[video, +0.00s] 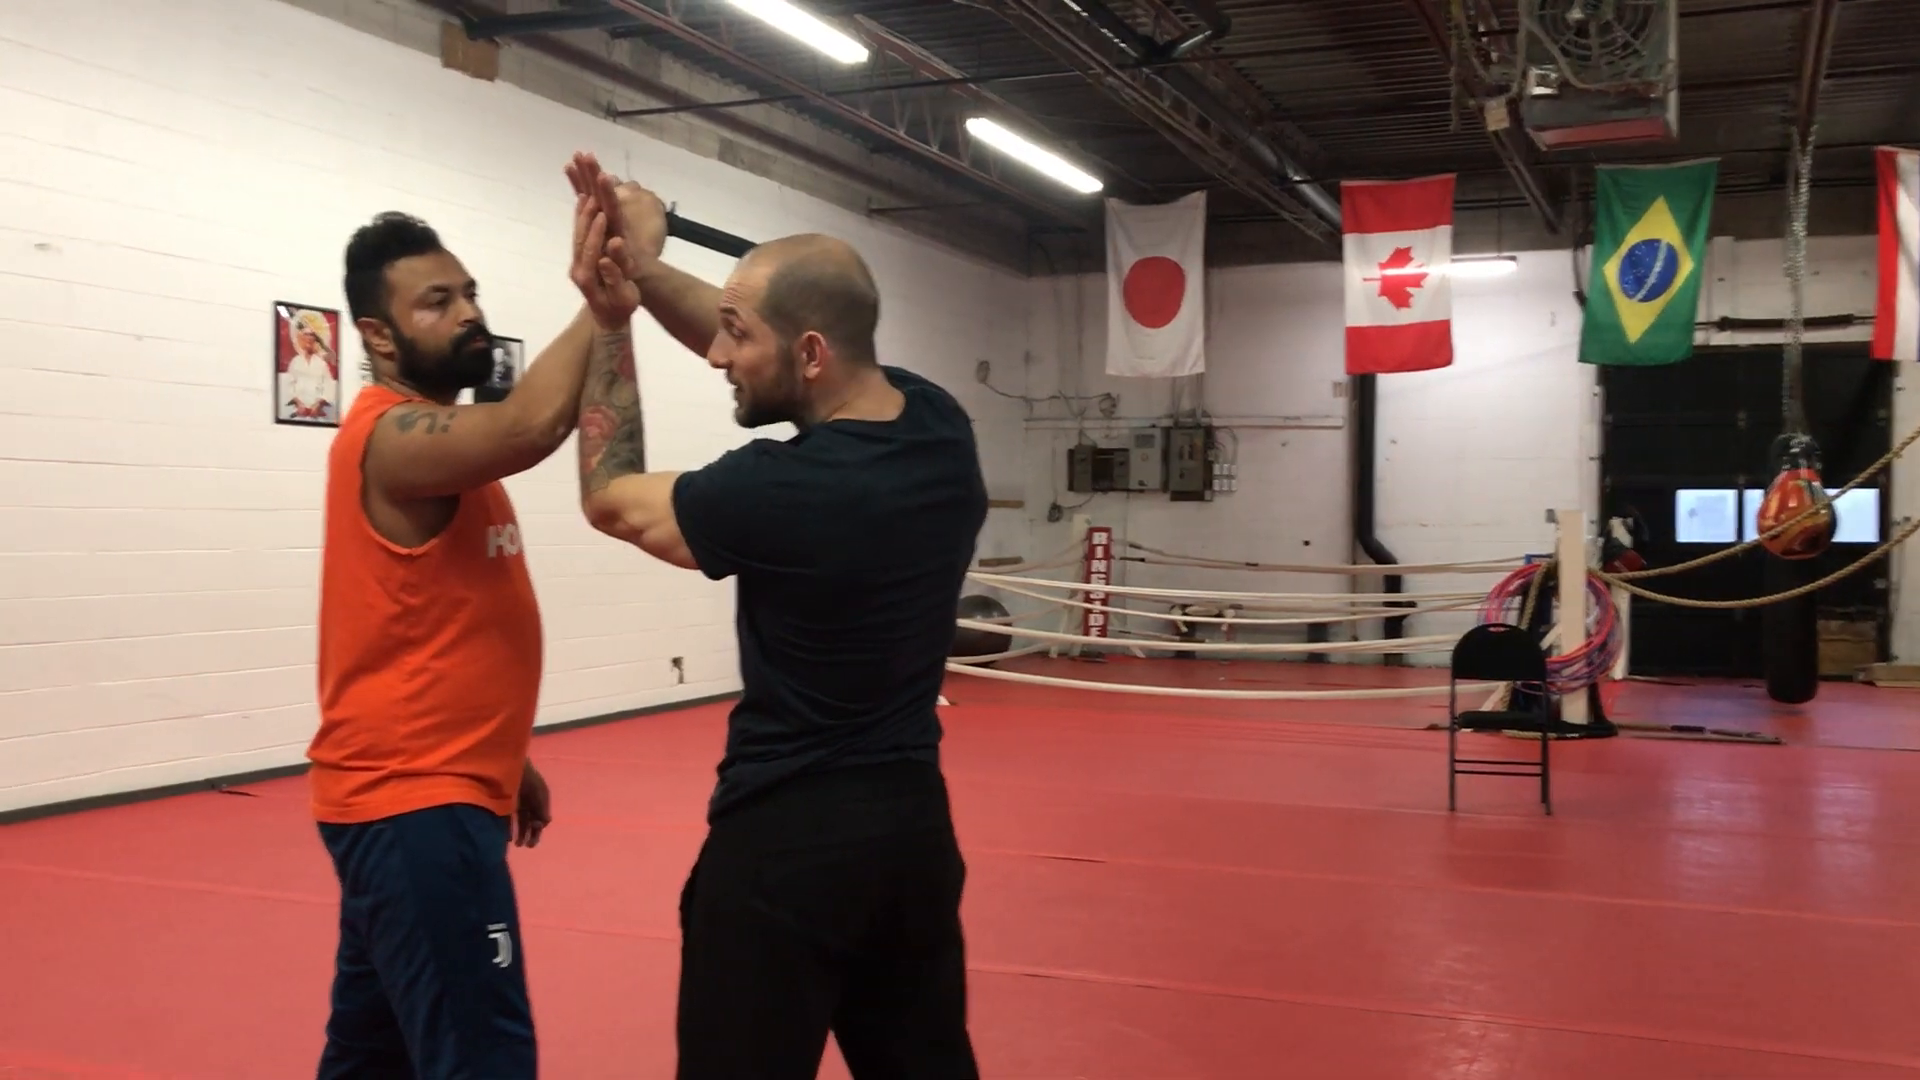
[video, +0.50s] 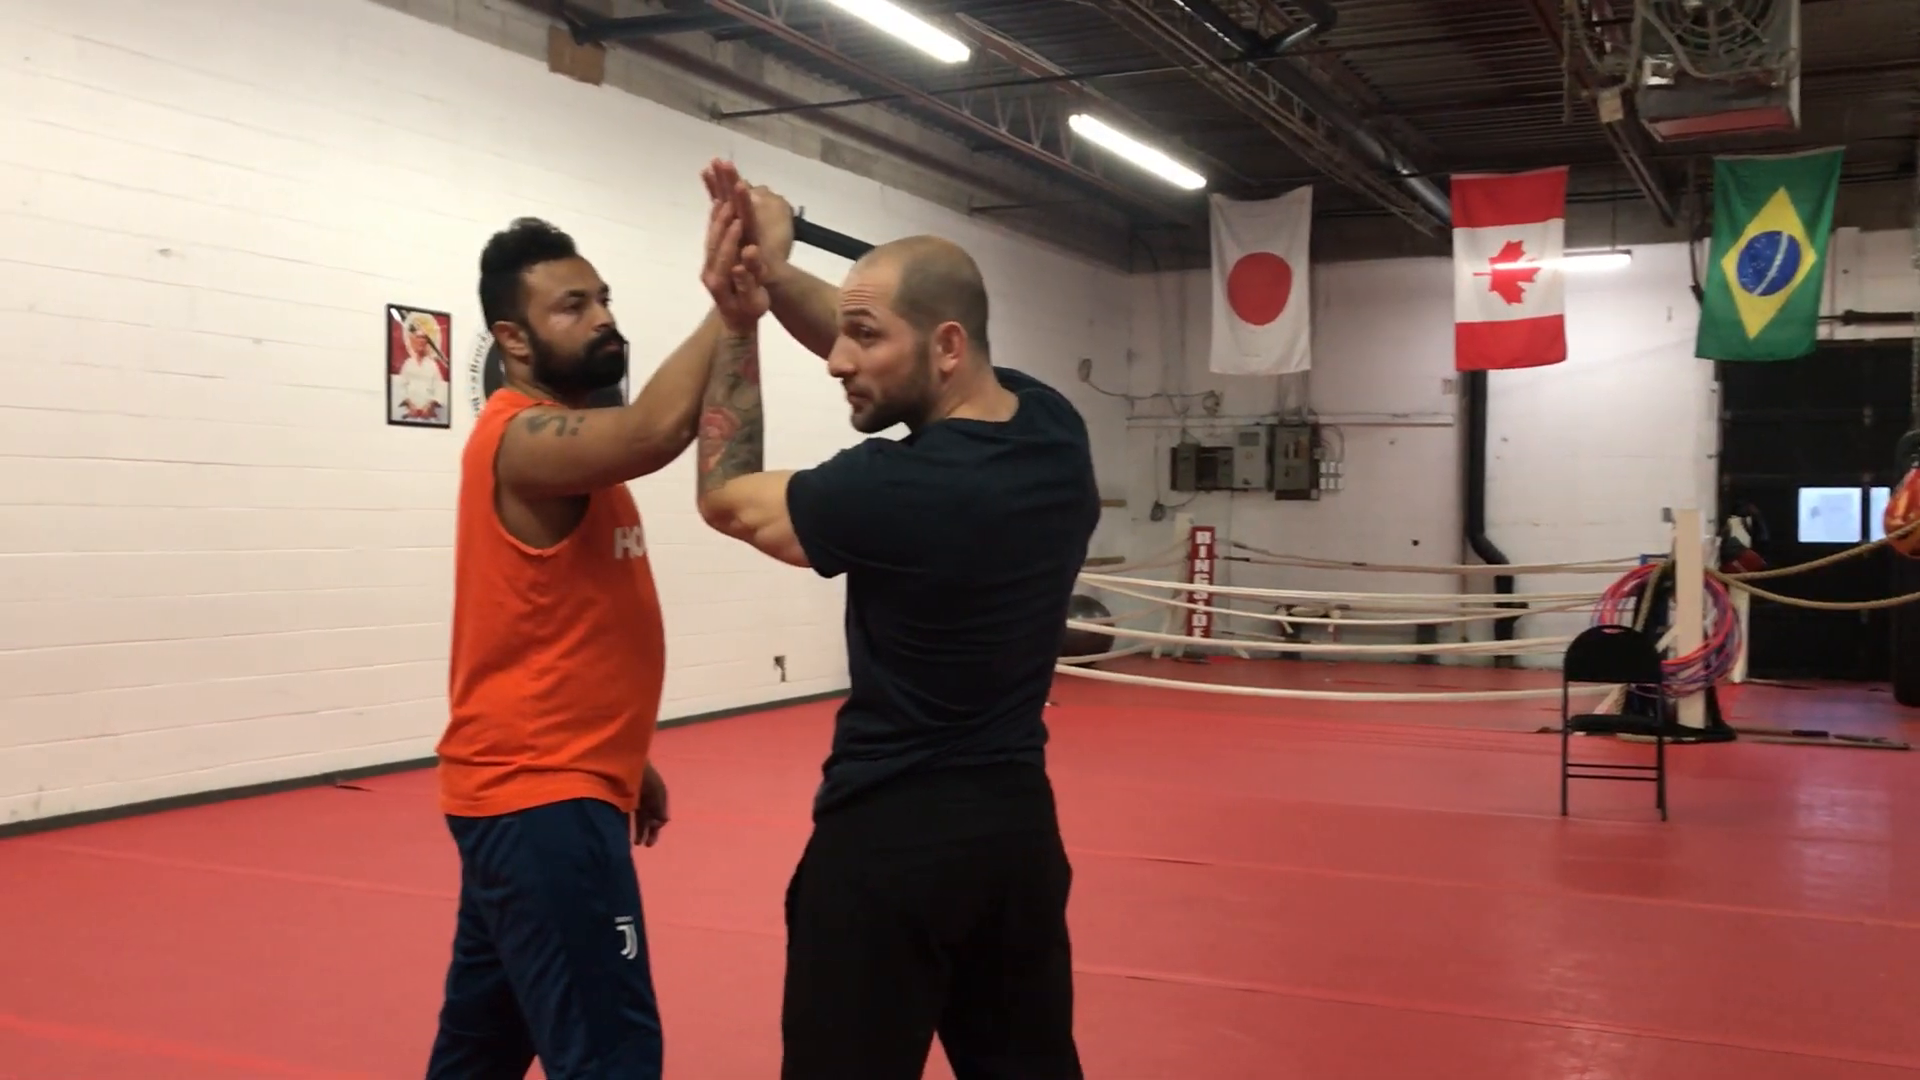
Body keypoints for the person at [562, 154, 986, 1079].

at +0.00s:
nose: (722, 353)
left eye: (739, 335)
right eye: (726, 331)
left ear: (810, 354)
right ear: (821, 348)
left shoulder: (774, 492)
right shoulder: (939, 429)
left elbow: (611, 497)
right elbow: (748, 338)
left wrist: (609, 313)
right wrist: (641, 265)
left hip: (776, 845)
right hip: (908, 829)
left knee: (734, 1063)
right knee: (928, 1066)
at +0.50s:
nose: (840, 361)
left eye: (866, 335)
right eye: (842, 334)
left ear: (945, 344)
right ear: (947, 347)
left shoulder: (889, 492)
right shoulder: (1055, 430)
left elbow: (728, 496)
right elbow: (867, 332)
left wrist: (737, 315)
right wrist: (773, 266)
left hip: (881, 845)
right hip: (1015, 831)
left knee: (839, 1064)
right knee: (1031, 1067)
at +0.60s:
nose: (859, 363)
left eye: (885, 336)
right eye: (860, 336)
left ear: (964, 345)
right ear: (965, 348)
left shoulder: (905, 491)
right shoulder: (1072, 433)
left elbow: (746, 498)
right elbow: (887, 333)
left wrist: (756, 314)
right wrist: (792, 268)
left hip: (896, 847)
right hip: (1030, 833)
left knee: (854, 1063)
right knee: (1046, 1067)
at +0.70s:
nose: (875, 364)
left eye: (899, 338)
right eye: (876, 339)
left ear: (978, 347)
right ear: (981, 351)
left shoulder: (922, 491)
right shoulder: (1088, 434)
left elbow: (763, 498)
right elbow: (904, 339)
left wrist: (772, 317)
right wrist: (810, 270)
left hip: (908, 844)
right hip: (1044, 833)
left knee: (867, 1063)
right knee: (1060, 1066)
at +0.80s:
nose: (888, 364)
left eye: (912, 337)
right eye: (889, 338)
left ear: (992, 346)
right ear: (994, 349)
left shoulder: (935, 492)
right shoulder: (1103, 434)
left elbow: (777, 497)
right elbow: (919, 342)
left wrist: (789, 314)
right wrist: (827, 269)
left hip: (921, 845)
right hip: (1057, 834)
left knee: (882, 1063)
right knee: (1073, 1066)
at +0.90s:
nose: (900, 364)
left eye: (925, 338)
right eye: (902, 338)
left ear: (1005, 347)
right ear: (1007, 350)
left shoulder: (953, 491)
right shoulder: (1116, 434)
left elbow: (792, 498)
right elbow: (935, 339)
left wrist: (805, 316)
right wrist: (845, 271)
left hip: (935, 844)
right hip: (1070, 834)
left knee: (895, 1063)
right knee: (1085, 1066)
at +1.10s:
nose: (920, 358)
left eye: (943, 331)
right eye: (920, 335)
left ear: (1022, 343)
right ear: (1027, 348)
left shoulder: (975, 493)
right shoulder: (1137, 436)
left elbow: (810, 498)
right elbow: (946, 338)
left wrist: (825, 320)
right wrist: (858, 270)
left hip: (952, 844)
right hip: (1088, 835)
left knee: (913, 1062)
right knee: (1102, 1066)